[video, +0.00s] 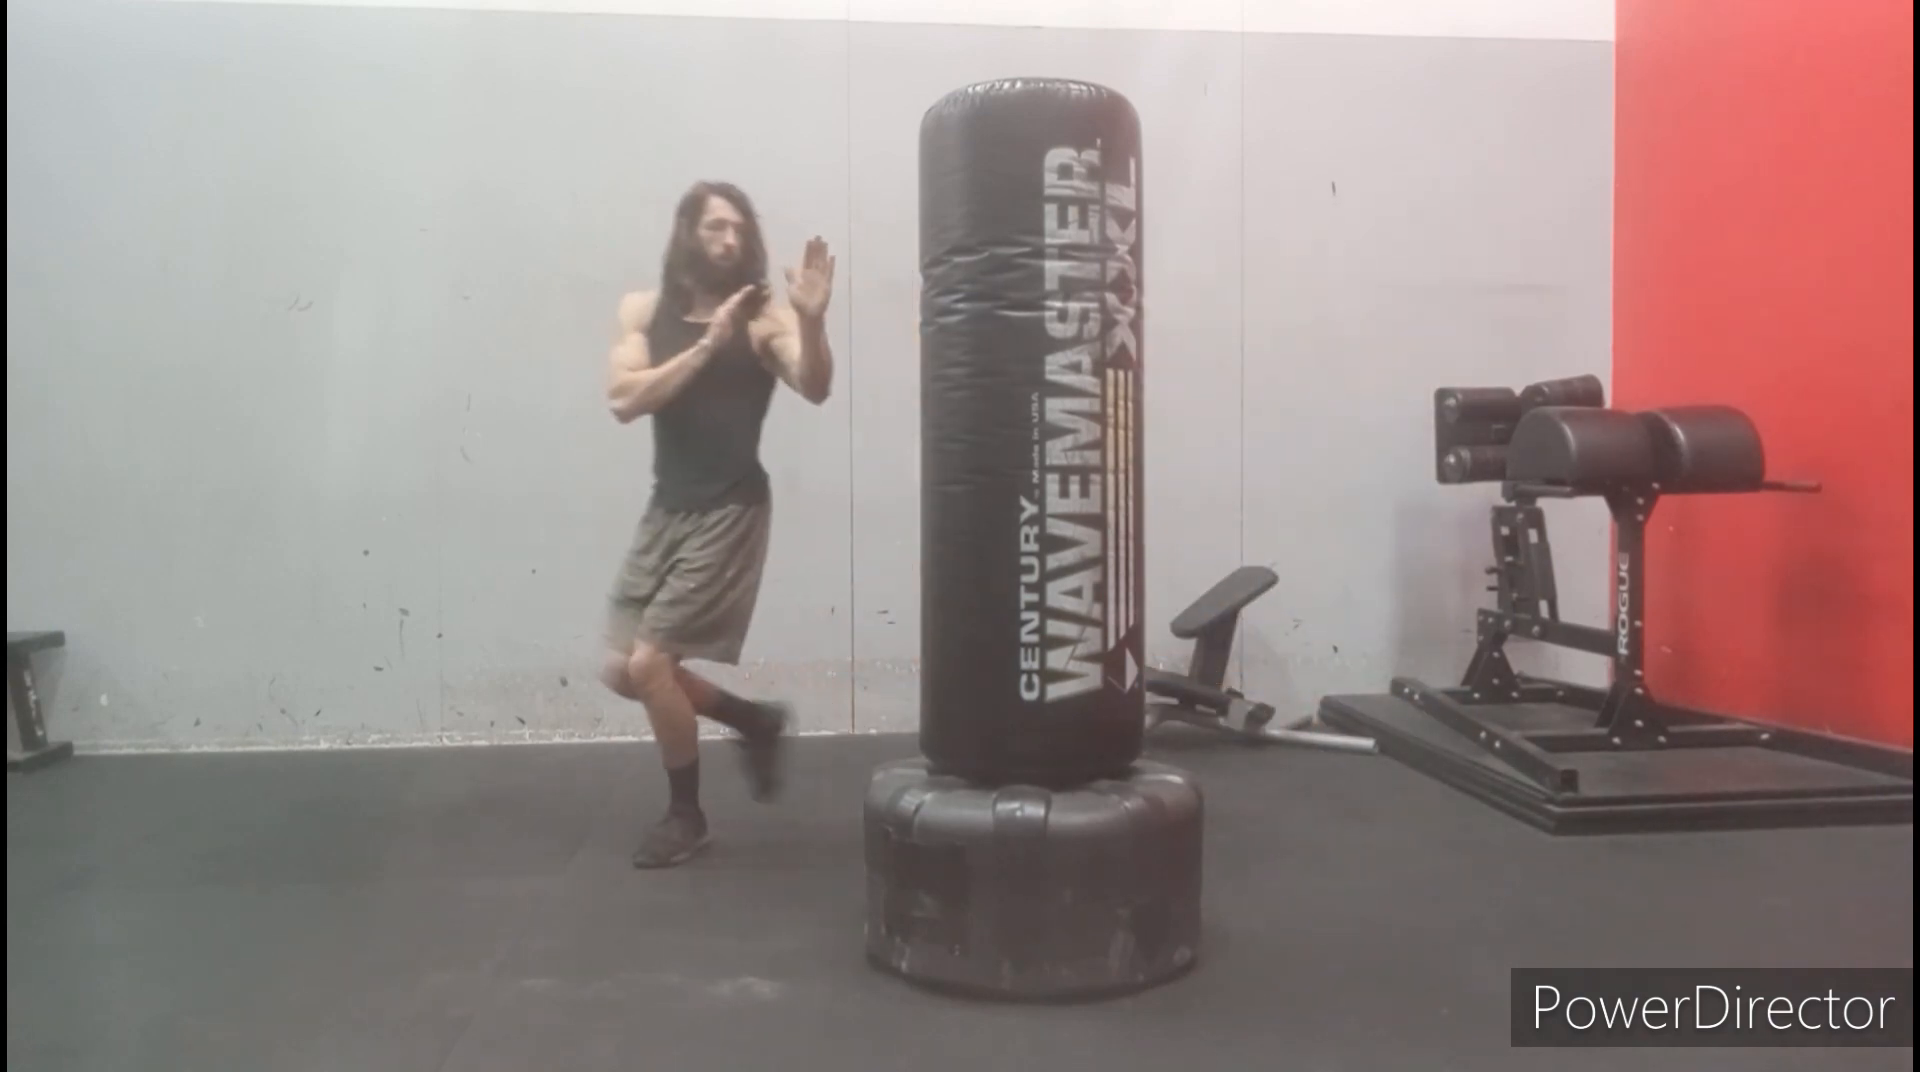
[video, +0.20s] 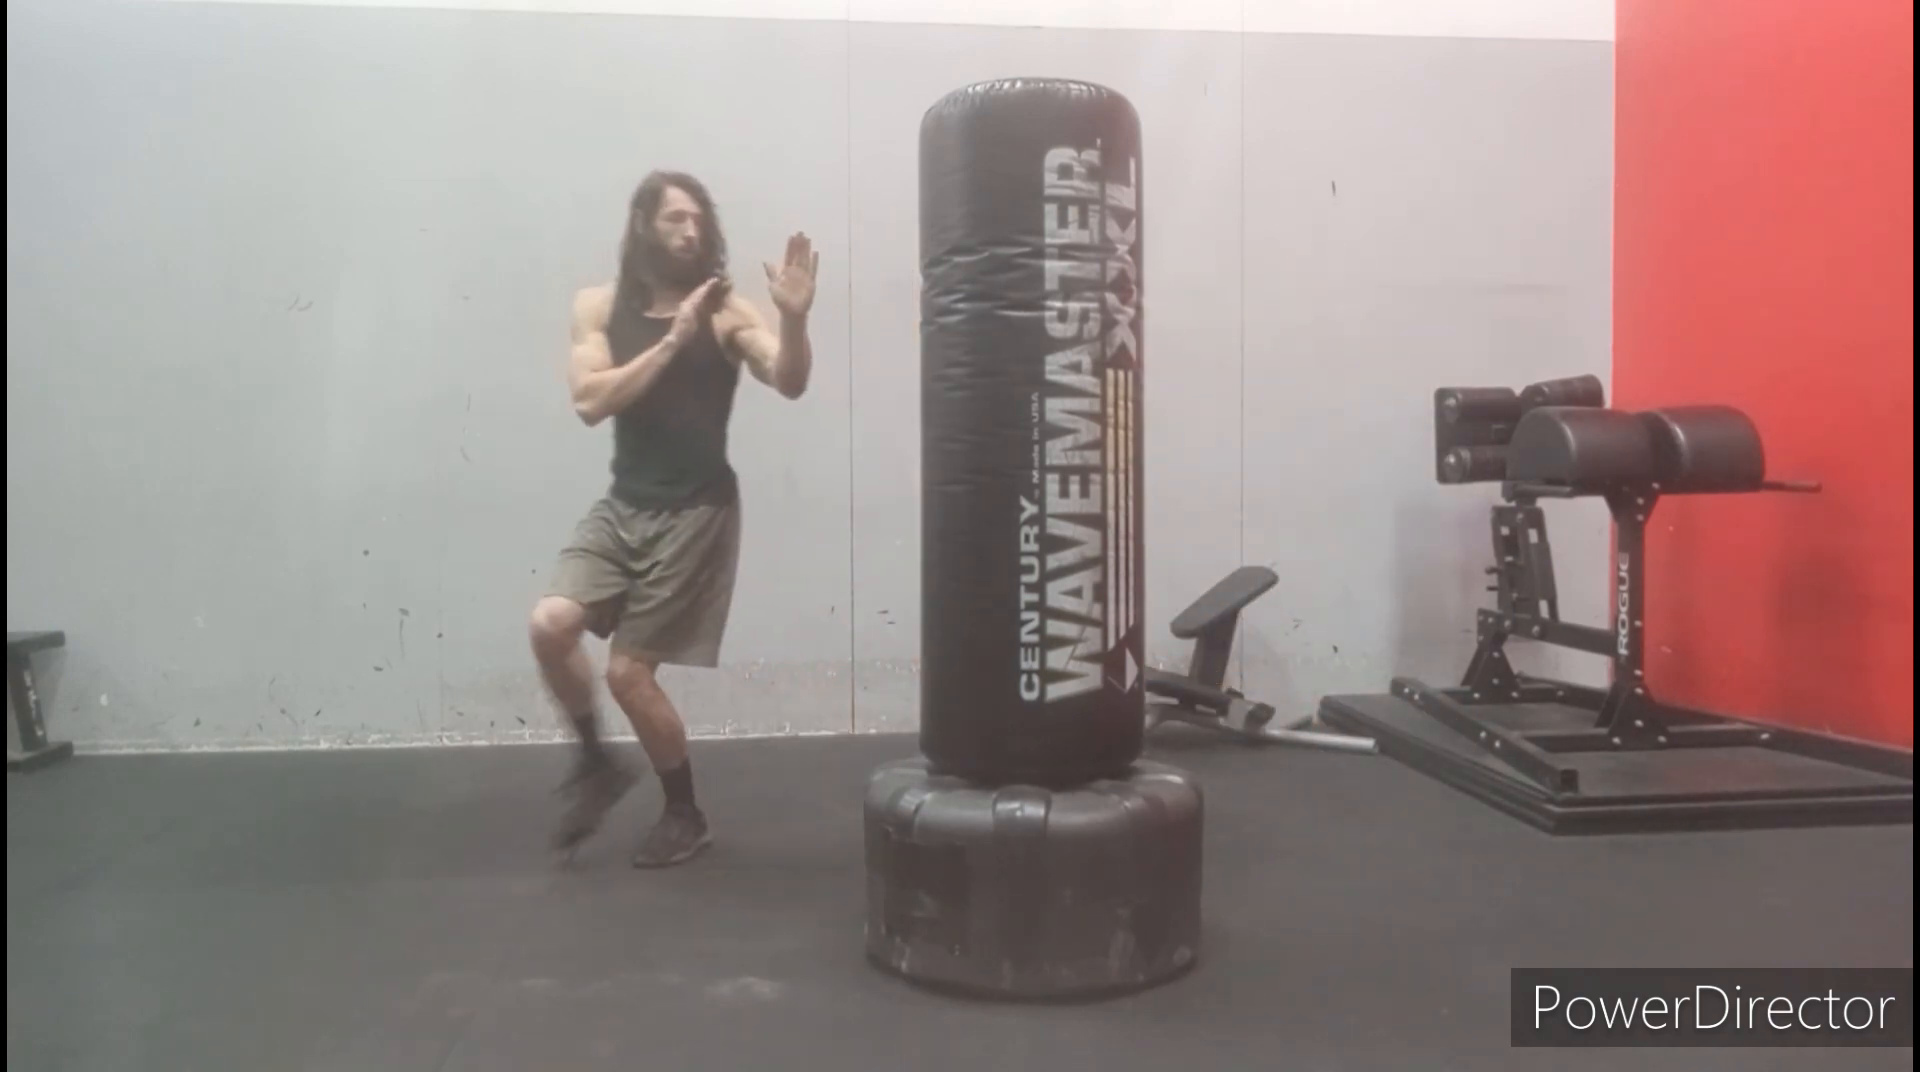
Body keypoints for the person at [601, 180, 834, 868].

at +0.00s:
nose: (727, 238)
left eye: (738, 229)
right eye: (713, 227)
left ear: (750, 242)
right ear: (686, 238)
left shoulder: (766, 315)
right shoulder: (646, 308)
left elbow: (815, 387)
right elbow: (625, 401)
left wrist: (814, 320)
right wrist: (709, 343)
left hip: (730, 510)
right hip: (667, 506)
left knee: (651, 664)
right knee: (625, 670)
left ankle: (685, 818)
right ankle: (754, 723)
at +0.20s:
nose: (689, 230)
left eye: (698, 219)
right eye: (674, 219)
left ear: (711, 231)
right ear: (643, 230)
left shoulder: (726, 311)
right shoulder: (601, 305)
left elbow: (790, 382)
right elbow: (590, 401)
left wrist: (794, 319)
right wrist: (675, 339)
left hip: (695, 512)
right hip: (626, 505)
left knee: (628, 672)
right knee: (550, 626)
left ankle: (684, 816)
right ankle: (597, 766)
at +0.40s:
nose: (650, 222)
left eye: (658, 212)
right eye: (634, 211)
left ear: (670, 224)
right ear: (599, 221)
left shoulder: (686, 305)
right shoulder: (553, 300)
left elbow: (761, 378)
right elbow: (551, 400)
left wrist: (773, 317)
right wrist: (641, 334)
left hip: (658, 514)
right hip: (582, 507)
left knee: (607, 688)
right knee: (530, 645)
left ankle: (682, 815)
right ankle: (505, 838)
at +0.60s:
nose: (610, 213)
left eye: (617, 201)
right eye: (593, 200)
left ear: (626, 212)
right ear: (554, 208)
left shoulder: (639, 302)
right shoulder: (496, 285)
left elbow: (722, 373)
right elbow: (503, 389)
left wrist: (750, 311)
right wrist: (598, 329)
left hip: (609, 518)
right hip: (525, 513)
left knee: (584, 698)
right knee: (507, 683)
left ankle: (670, 794)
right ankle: (512, 858)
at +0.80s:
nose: (578, 207)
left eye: (585, 195)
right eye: (562, 193)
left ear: (592, 206)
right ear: (520, 197)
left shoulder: (600, 295)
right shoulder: (453, 277)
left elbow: (694, 370)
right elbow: (463, 381)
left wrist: (732, 305)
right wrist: (562, 324)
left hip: (574, 514)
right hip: (487, 516)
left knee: (546, 675)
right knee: (488, 700)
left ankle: (602, 775)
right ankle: (513, 862)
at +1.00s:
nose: (560, 202)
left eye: (566, 189)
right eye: (544, 187)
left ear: (572, 200)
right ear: (497, 191)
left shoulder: (579, 292)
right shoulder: (425, 273)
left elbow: (682, 368)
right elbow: (445, 385)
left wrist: (728, 301)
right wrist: (547, 322)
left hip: (553, 513)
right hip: (466, 522)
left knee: (519, 648)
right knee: (487, 721)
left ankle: (524, 853)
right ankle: (521, 860)